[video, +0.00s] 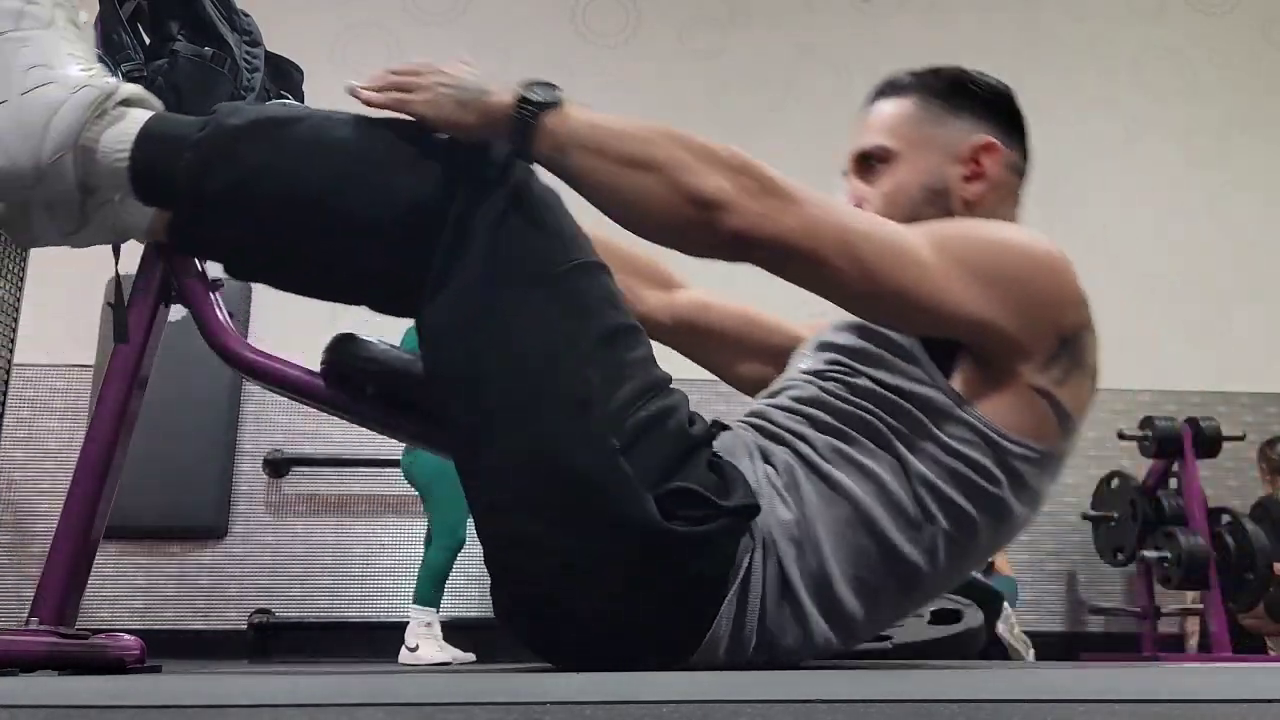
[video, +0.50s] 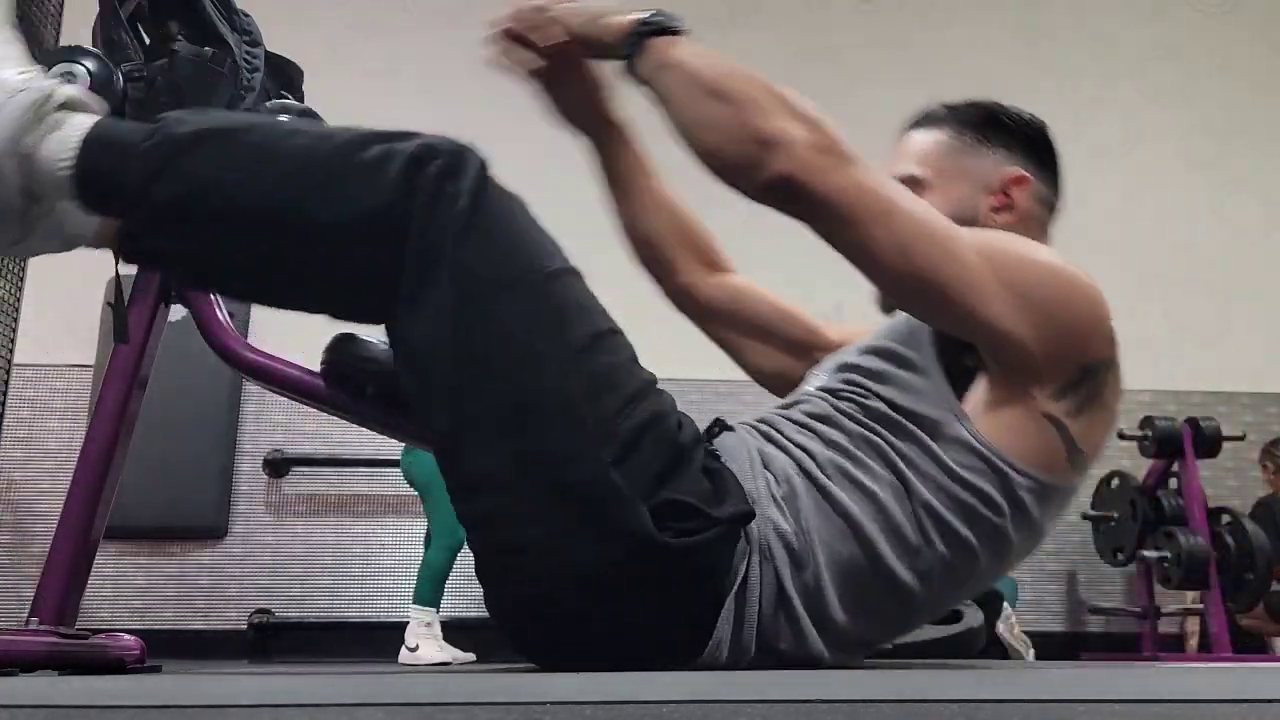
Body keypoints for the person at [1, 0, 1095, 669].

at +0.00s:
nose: (850, 196)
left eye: (878, 168)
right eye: (853, 175)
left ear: (984, 170)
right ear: (924, 183)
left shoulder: (1036, 287)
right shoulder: (861, 343)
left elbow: (759, 212)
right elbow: (646, 287)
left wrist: (516, 112)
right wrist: (495, 157)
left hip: (696, 570)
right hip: (643, 564)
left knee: (472, 189)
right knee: (470, 185)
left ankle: (78, 164)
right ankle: (98, 157)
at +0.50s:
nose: (889, 210)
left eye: (921, 185)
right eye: (892, 185)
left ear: (1019, 196)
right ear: (923, 214)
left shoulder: (1064, 323)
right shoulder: (883, 366)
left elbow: (798, 165)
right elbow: (699, 282)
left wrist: (635, 31)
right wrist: (605, 114)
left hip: (686, 569)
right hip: (654, 541)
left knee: (443, 196)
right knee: (438, 211)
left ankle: (75, 163)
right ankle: (95, 180)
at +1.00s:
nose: (1189, 388)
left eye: (1217, 402)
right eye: (1191, 377)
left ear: (1245, 455)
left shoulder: (1193, 569)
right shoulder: (1099, 483)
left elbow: (1266, 398)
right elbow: (1092, 395)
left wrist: (1241, 391)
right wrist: (1195, 390)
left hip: (690, 538)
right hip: (677, 510)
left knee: (247, 378)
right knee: (250, 387)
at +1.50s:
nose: (1196, 405)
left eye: (1225, 419)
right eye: (1208, 397)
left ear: (1234, 479)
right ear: (1172, 425)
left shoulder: (1177, 557)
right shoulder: (1104, 483)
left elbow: (1273, 542)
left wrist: (1245, 453)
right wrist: (1231, 440)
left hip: (658, 538)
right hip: (651, 470)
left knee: (216, 451)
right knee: (239, 440)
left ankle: (13, 523)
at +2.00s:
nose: (1086, 340)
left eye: (1129, 329)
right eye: (1100, 321)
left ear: (1224, 382)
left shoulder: (1195, 487)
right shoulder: (1040, 469)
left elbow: (951, 274)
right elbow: (833, 369)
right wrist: (738, 201)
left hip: (686, 561)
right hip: (669, 522)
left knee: (368, 265)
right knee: (381, 285)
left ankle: (23, 230)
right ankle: (68, 235)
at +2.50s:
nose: (761, 161)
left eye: (789, 131)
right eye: (765, 142)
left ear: (891, 113)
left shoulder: (936, 210)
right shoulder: (845, 318)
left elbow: (634, 147)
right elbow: (606, 286)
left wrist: (411, 78)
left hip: (660, 565)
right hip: (622, 592)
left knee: (460, 191)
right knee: (461, 195)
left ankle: (102, 111)